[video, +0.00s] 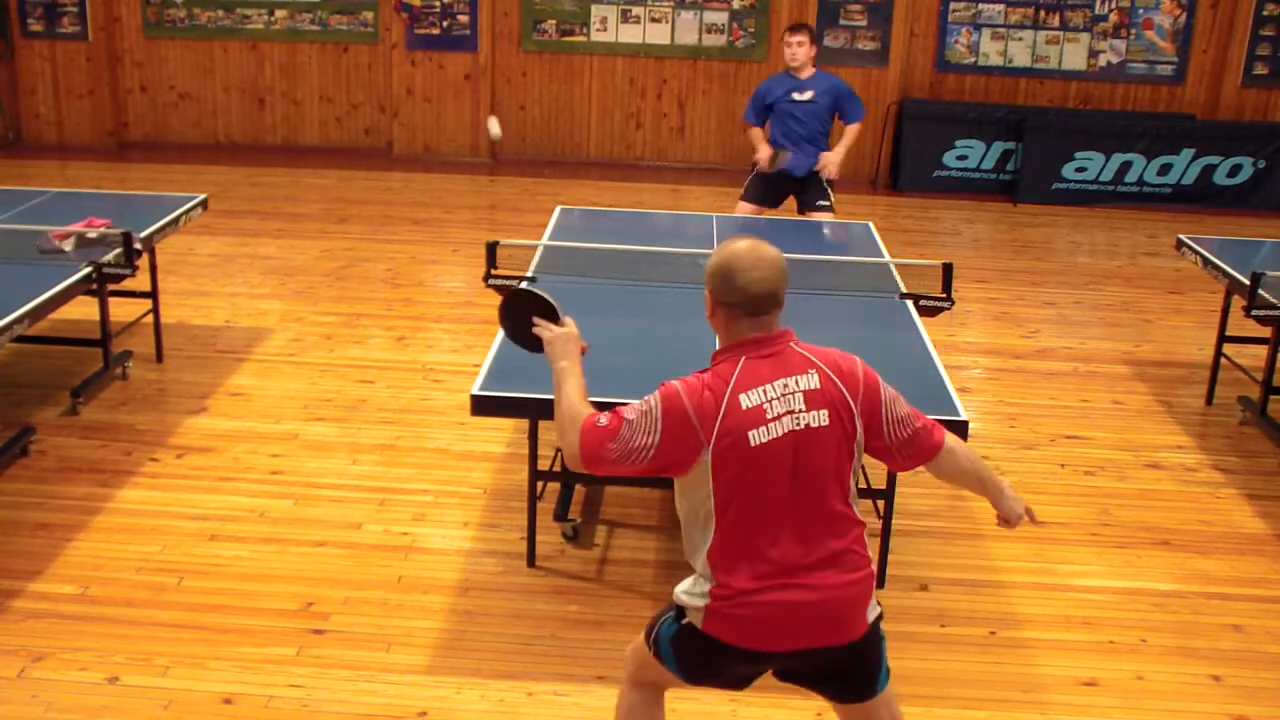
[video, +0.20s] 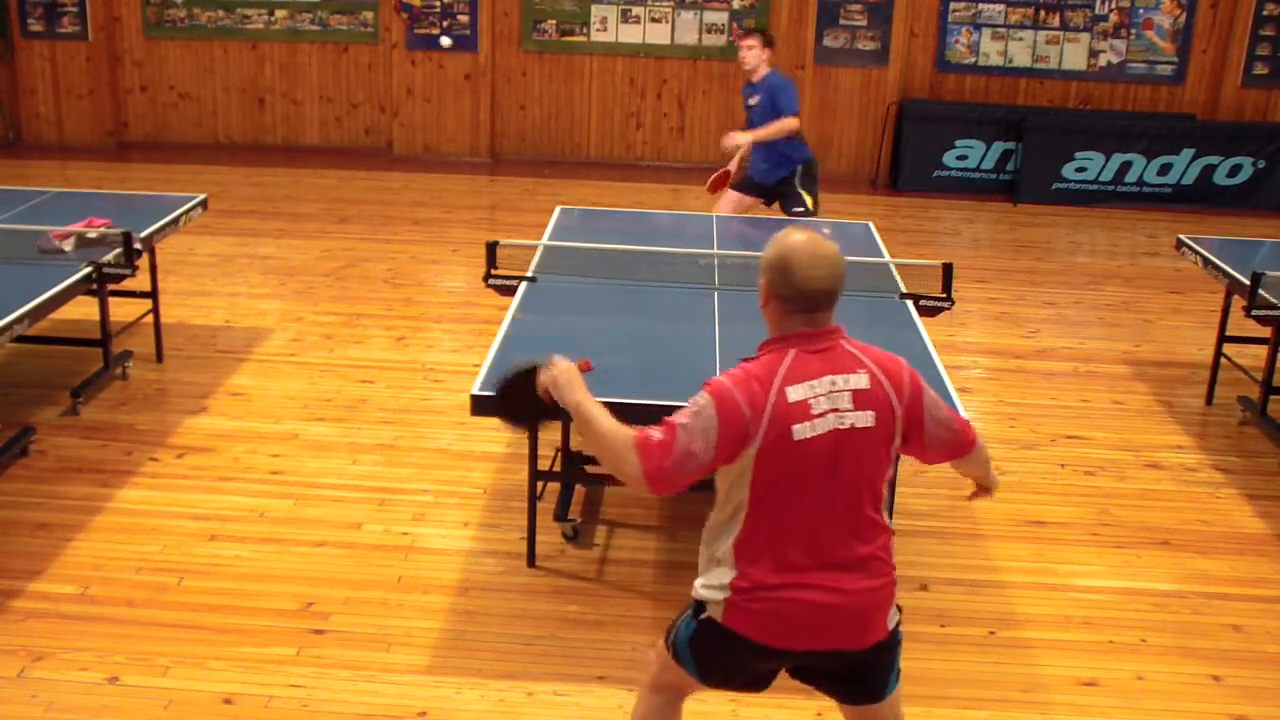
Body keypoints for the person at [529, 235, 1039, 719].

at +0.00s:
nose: (701, 302)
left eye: (703, 295)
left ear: (712, 307)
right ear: (783, 303)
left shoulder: (697, 401)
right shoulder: (845, 375)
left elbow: (583, 447)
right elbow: (928, 443)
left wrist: (563, 356)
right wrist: (1000, 493)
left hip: (735, 623)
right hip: (840, 621)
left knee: (644, 672)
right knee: (876, 707)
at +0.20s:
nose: (756, 290)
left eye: (759, 280)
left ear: (766, 294)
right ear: (839, 293)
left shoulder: (741, 392)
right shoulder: (891, 377)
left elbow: (649, 466)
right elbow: (960, 439)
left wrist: (576, 397)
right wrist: (984, 475)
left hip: (747, 617)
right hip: (858, 624)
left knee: (664, 689)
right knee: (879, 712)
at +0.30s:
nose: (814, 284)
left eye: (817, 277)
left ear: (822, 293)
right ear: (893, 295)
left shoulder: (803, 391)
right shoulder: (938, 376)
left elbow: (722, 492)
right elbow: (994, 437)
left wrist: (628, 456)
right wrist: (962, 455)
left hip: (796, 624)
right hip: (901, 626)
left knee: (695, 707)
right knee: (906, 714)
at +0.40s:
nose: (846, 277)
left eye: (849, 269)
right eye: (851, 265)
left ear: (856, 287)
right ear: (926, 294)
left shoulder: (837, 385)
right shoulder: (967, 372)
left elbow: (766, 501)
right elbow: (1016, 436)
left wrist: (674, 497)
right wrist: (959, 461)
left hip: (823, 630)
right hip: (925, 635)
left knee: (725, 708)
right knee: (919, 712)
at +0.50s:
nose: (869, 268)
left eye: (873, 260)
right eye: (877, 256)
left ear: (879, 281)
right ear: (950, 287)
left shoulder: (854, 379)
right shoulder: (989, 370)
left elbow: (794, 501)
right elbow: (1031, 444)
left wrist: (706, 531)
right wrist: (994, 471)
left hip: (837, 630)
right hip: (938, 636)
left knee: (753, 706)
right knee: (914, 713)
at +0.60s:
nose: (880, 265)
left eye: (884, 258)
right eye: (886, 255)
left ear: (891, 277)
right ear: (960, 285)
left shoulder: (860, 376)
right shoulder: (998, 372)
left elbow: (798, 500)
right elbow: (1046, 462)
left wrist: (724, 563)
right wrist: (1020, 505)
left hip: (844, 636)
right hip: (946, 637)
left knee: (785, 701)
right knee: (928, 713)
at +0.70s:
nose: (883, 265)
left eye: (886, 259)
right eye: (889, 255)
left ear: (893, 277)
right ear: (964, 287)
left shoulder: (858, 376)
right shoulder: (999, 376)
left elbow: (794, 499)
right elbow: (1051, 479)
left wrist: (732, 580)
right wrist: (1042, 540)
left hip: (844, 640)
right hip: (946, 640)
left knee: (803, 706)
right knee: (934, 712)